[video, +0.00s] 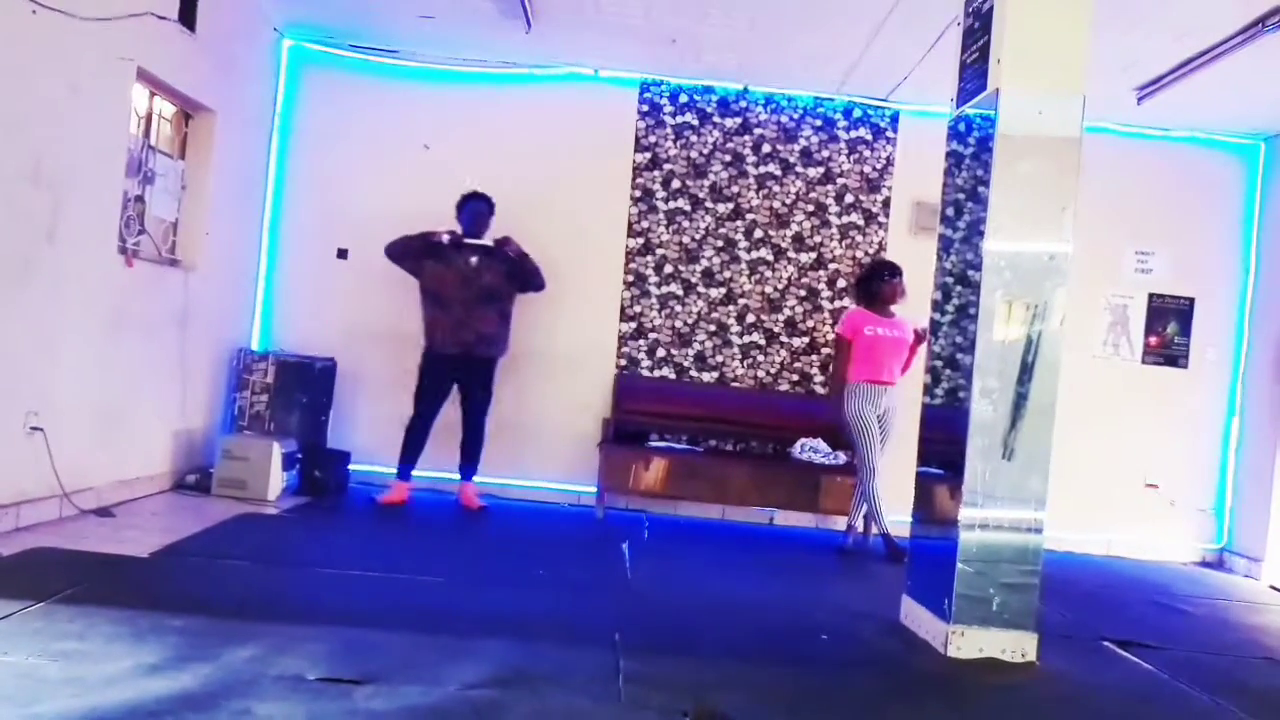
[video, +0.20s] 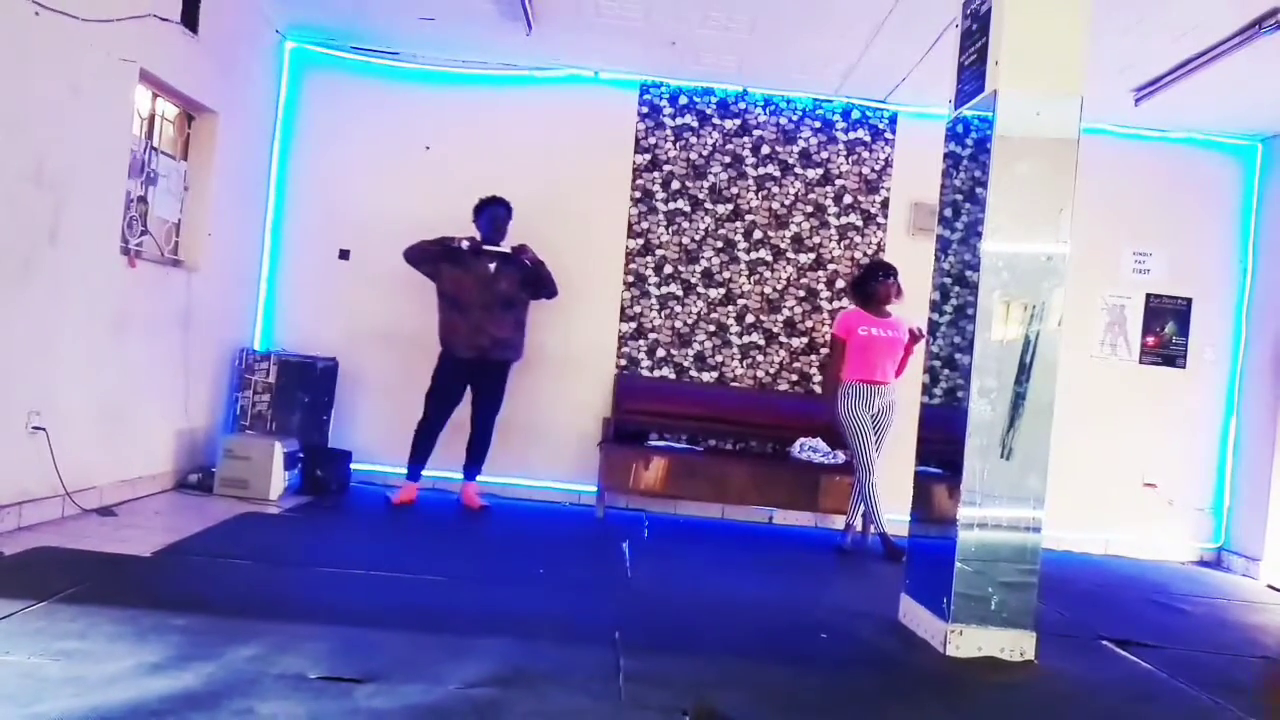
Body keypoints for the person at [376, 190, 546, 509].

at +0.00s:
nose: (477, 220)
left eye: (483, 215)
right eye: (471, 213)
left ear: (491, 219)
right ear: (459, 215)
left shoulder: (502, 261)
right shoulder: (436, 255)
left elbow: (536, 284)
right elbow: (394, 251)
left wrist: (514, 251)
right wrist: (433, 239)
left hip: (480, 358)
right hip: (440, 353)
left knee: (475, 423)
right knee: (422, 417)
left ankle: (467, 485)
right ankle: (402, 483)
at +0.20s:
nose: (496, 225)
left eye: (502, 220)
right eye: (490, 218)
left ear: (509, 224)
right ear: (477, 221)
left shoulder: (519, 266)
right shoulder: (453, 259)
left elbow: (549, 291)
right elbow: (412, 255)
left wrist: (533, 261)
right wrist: (453, 244)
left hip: (495, 361)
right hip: (455, 356)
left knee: (483, 425)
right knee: (432, 420)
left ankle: (470, 485)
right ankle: (411, 483)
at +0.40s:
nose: (511, 226)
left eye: (515, 220)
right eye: (505, 220)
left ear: (519, 224)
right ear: (490, 220)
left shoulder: (527, 267)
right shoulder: (462, 257)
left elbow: (558, 291)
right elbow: (423, 251)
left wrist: (543, 261)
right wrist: (464, 243)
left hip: (500, 359)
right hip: (463, 353)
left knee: (484, 423)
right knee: (455, 419)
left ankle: (469, 486)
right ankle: (446, 487)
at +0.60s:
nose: (519, 231)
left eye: (523, 225)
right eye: (513, 224)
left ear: (527, 229)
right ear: (497, 224)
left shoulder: (530, 271)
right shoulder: (467, 259)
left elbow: (558, 296)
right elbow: (428, 252)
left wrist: (547, 267)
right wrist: (469, 246)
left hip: (504, 359)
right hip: (469, 353)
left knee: (489, 420)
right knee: (473, 417)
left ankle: (469, 482)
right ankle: (477, 487)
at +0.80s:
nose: (525, 229)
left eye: (529, 223)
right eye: (519, 222)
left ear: (531, 227)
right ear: (502, 221)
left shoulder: (531, 268)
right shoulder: (472, 258)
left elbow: (554, 291)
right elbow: (437, 251)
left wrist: (548, 265)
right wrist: (477, 244)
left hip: (508, 359)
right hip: (474, 354)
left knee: (491, 423)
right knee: (477, 420)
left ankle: (468, 483)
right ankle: (477, 492)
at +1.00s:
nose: (530, 228)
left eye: (533, 223)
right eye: (524, 221)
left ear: (533, 226)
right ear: (505, 220)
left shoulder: (527, 265)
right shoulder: (478, 255)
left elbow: (544, 290)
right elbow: (445, 248)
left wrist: (545, 266)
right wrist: (479, 241)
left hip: (510, 354)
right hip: (478, 349)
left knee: (496, 422)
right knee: (481, 420)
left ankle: (469, 479)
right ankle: (481, 498)